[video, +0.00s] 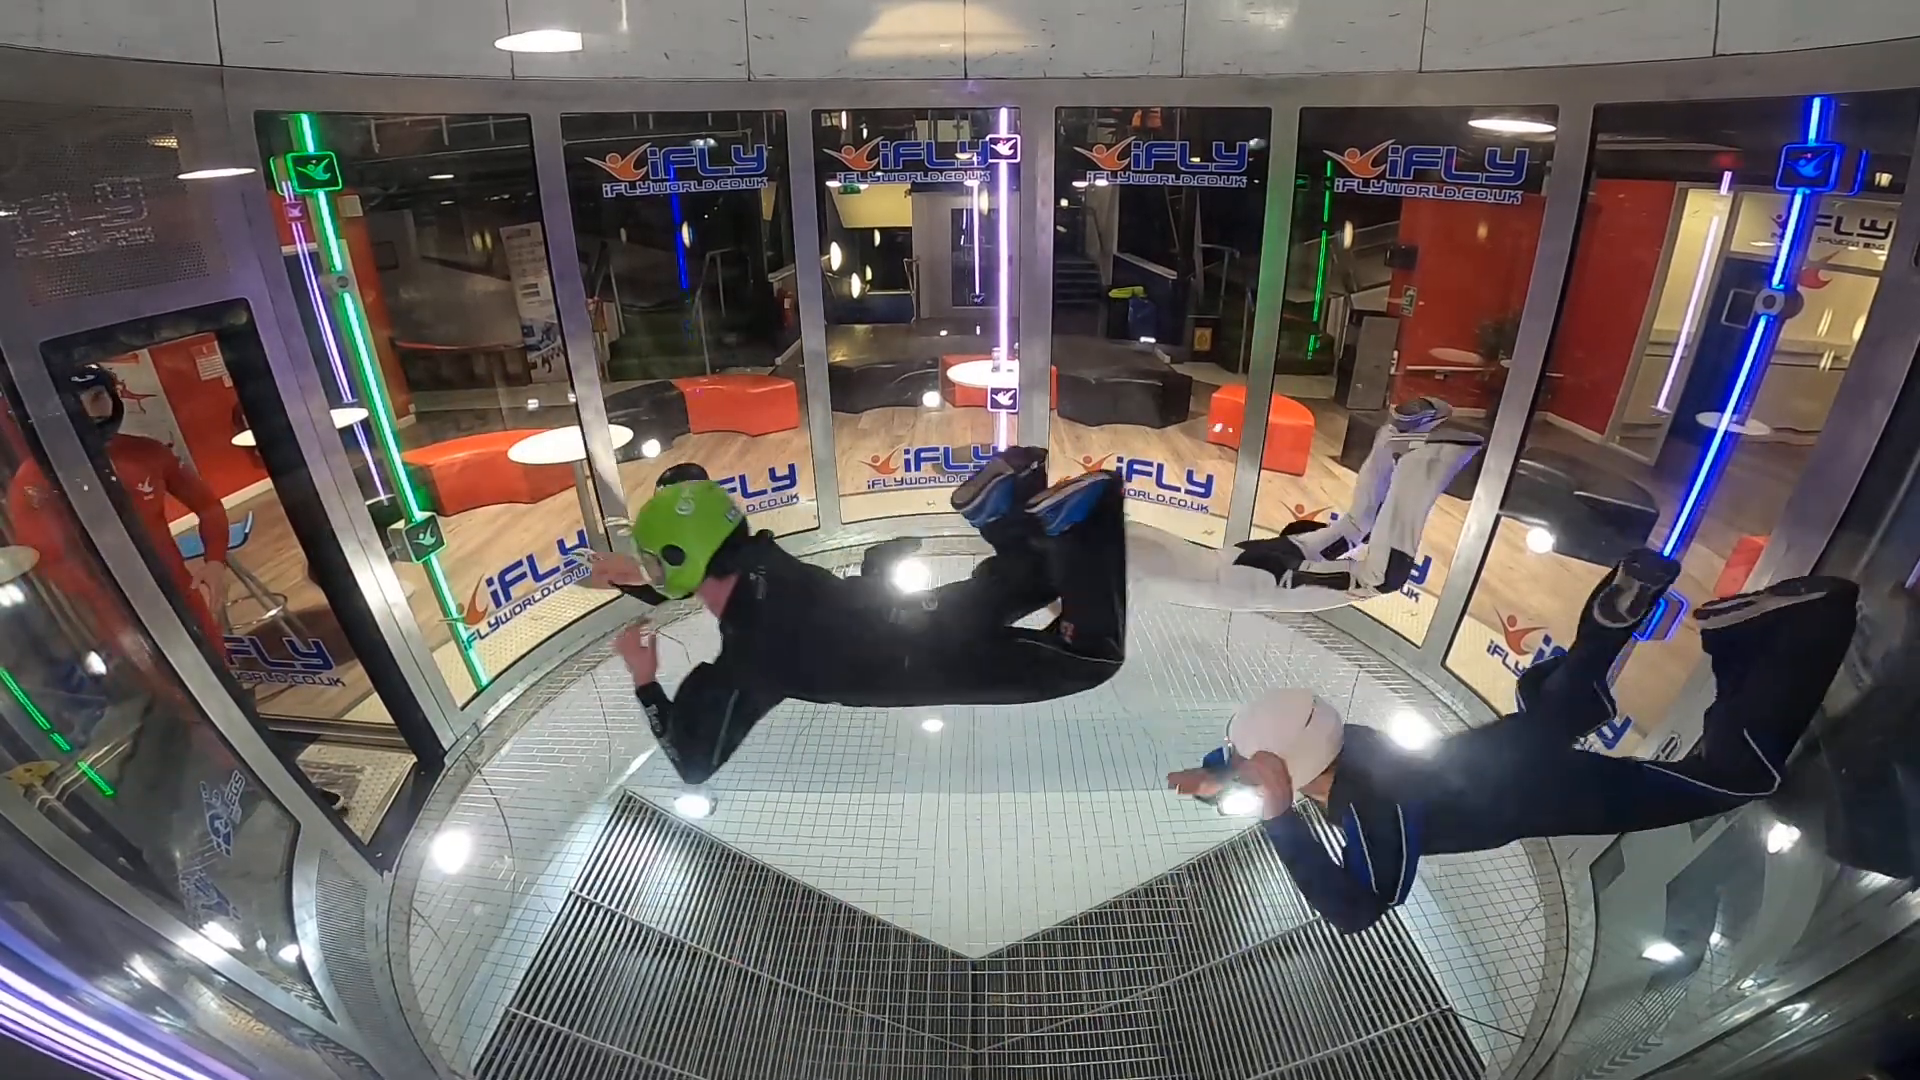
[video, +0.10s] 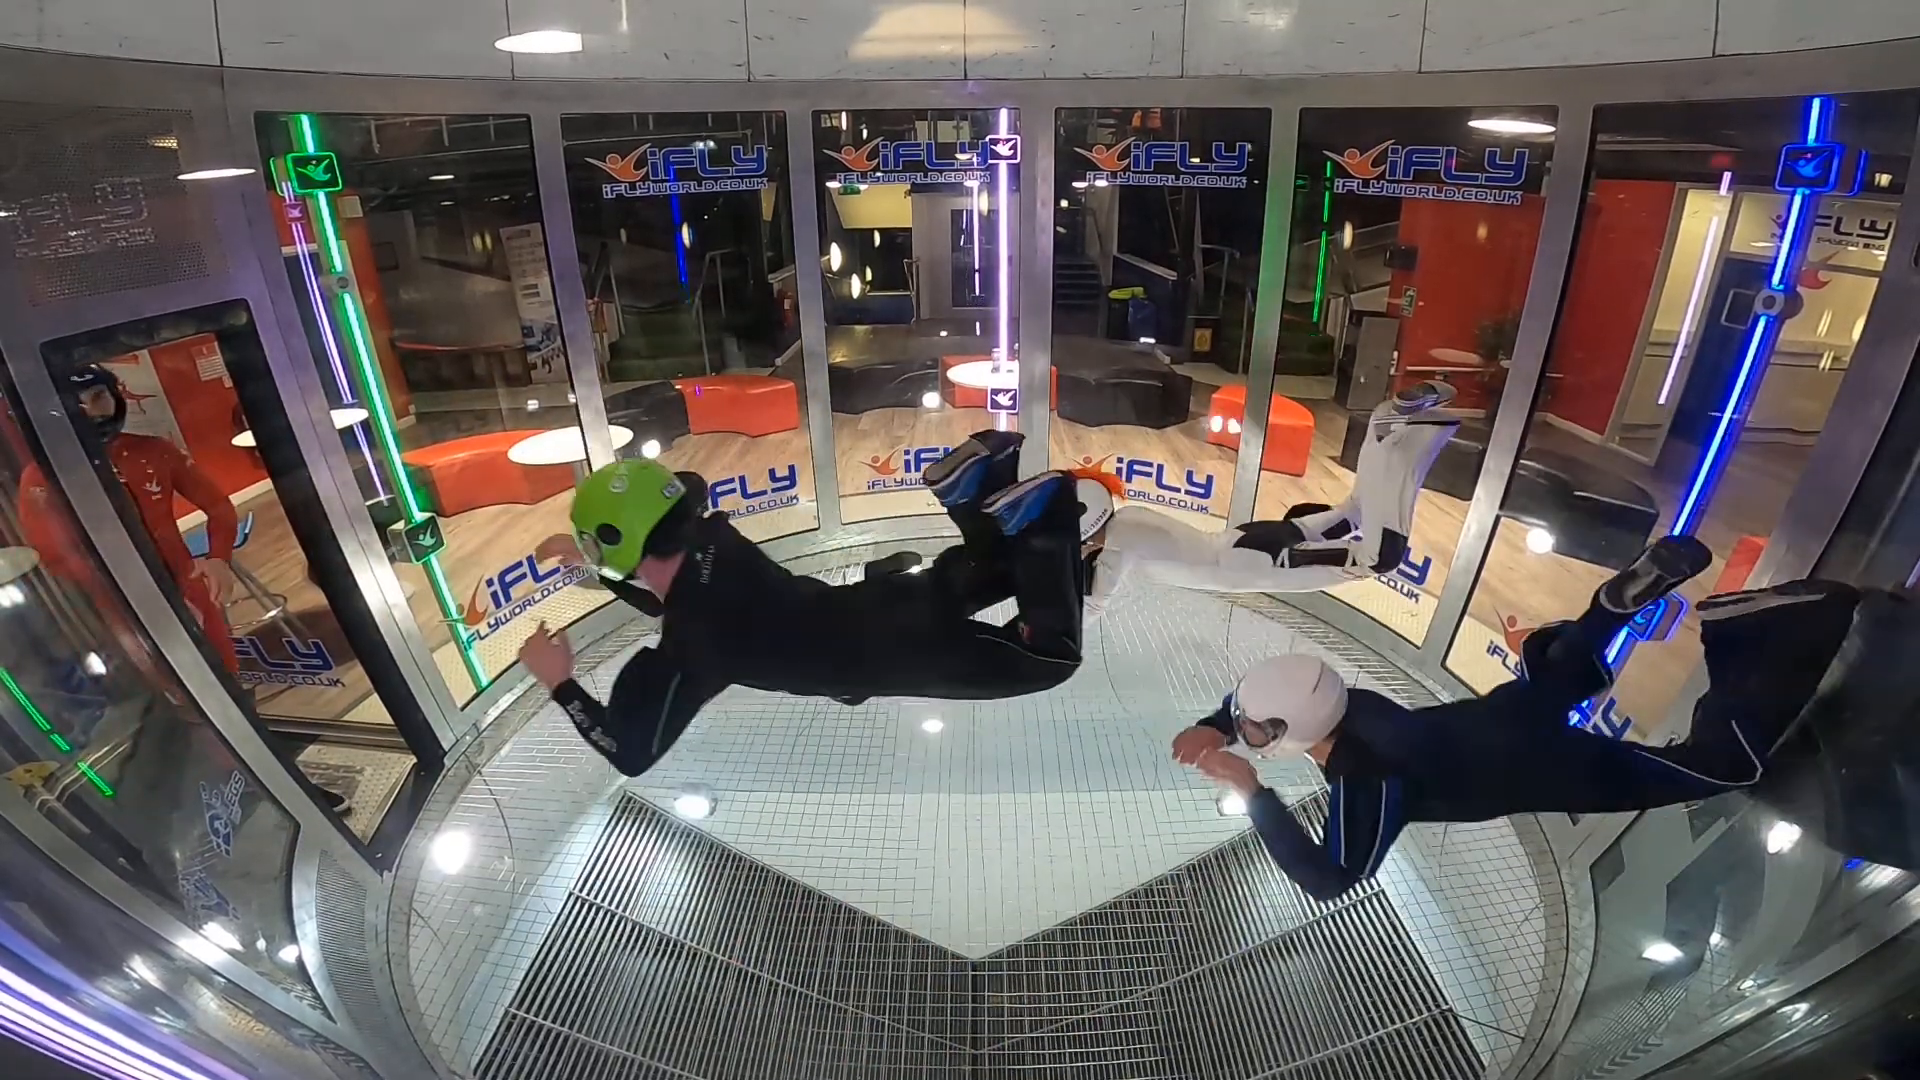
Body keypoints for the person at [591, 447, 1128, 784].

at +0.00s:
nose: (662, 575)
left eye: (660, 565)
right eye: (660, 563)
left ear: (683, 568)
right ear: (719, 524)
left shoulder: (757, 647)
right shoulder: (759, 553)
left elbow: (694, 756)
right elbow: (701, 570)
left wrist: (646, 682)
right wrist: (640, 576)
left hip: (949, 659)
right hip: (932, 605)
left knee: (1094, 651)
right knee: (1018, 582)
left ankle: (1083, 520)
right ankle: (1008, 517)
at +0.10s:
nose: (604, 569)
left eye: (604, 557)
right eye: (597, 557)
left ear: (636, 552)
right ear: (667, 515)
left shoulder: (694, 634)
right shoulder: (712, 536)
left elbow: (631, 750)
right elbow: (651, 573)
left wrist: (561, 683)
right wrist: (588, 554)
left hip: (894, 657)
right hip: (890, 601)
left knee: (1053, 657)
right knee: (979, 572)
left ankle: (1037, 522)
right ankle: (979, 500)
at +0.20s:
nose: (550, 546)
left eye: (548, 534)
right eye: (546, 533)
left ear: (574, 535)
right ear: (621, 499)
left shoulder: (642, 623)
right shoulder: (673, 522)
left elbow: (573, 746)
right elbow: (677, 498)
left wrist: (510, 675)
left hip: (853, 652)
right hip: (840, 596)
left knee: (1009, 665)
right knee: (941, 572)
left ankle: (1047, 519)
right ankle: (937, 491)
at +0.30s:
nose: (501, 534)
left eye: (497, 519)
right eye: (496, 518)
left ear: (516, 520)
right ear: (577, 476)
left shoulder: (594, 611)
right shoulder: (638, 518)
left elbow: (518, 736)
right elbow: (687, 524)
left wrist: (479, 645)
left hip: (827, 655)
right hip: (820, 599)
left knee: (974, 677)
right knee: (920, 586)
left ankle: (996, 534)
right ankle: (908, 507)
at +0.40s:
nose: (466, 536)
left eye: (458, 519)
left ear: (474, 519)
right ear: (546, 474)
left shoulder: (558, 601)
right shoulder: (601, 523)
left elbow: (468, 728)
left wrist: (432, 642)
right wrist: (489, 635)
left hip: (811, 662)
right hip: (809, 608)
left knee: (942, 688)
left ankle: (989, 540)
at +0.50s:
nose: (431, 551)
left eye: (429, 535)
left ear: (443, 535)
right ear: (513, 483)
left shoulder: (517, 617)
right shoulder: (572, 522)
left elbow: (423, 746)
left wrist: (364, 669)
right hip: (750, 616)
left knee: (911, 720)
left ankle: (929, 574)